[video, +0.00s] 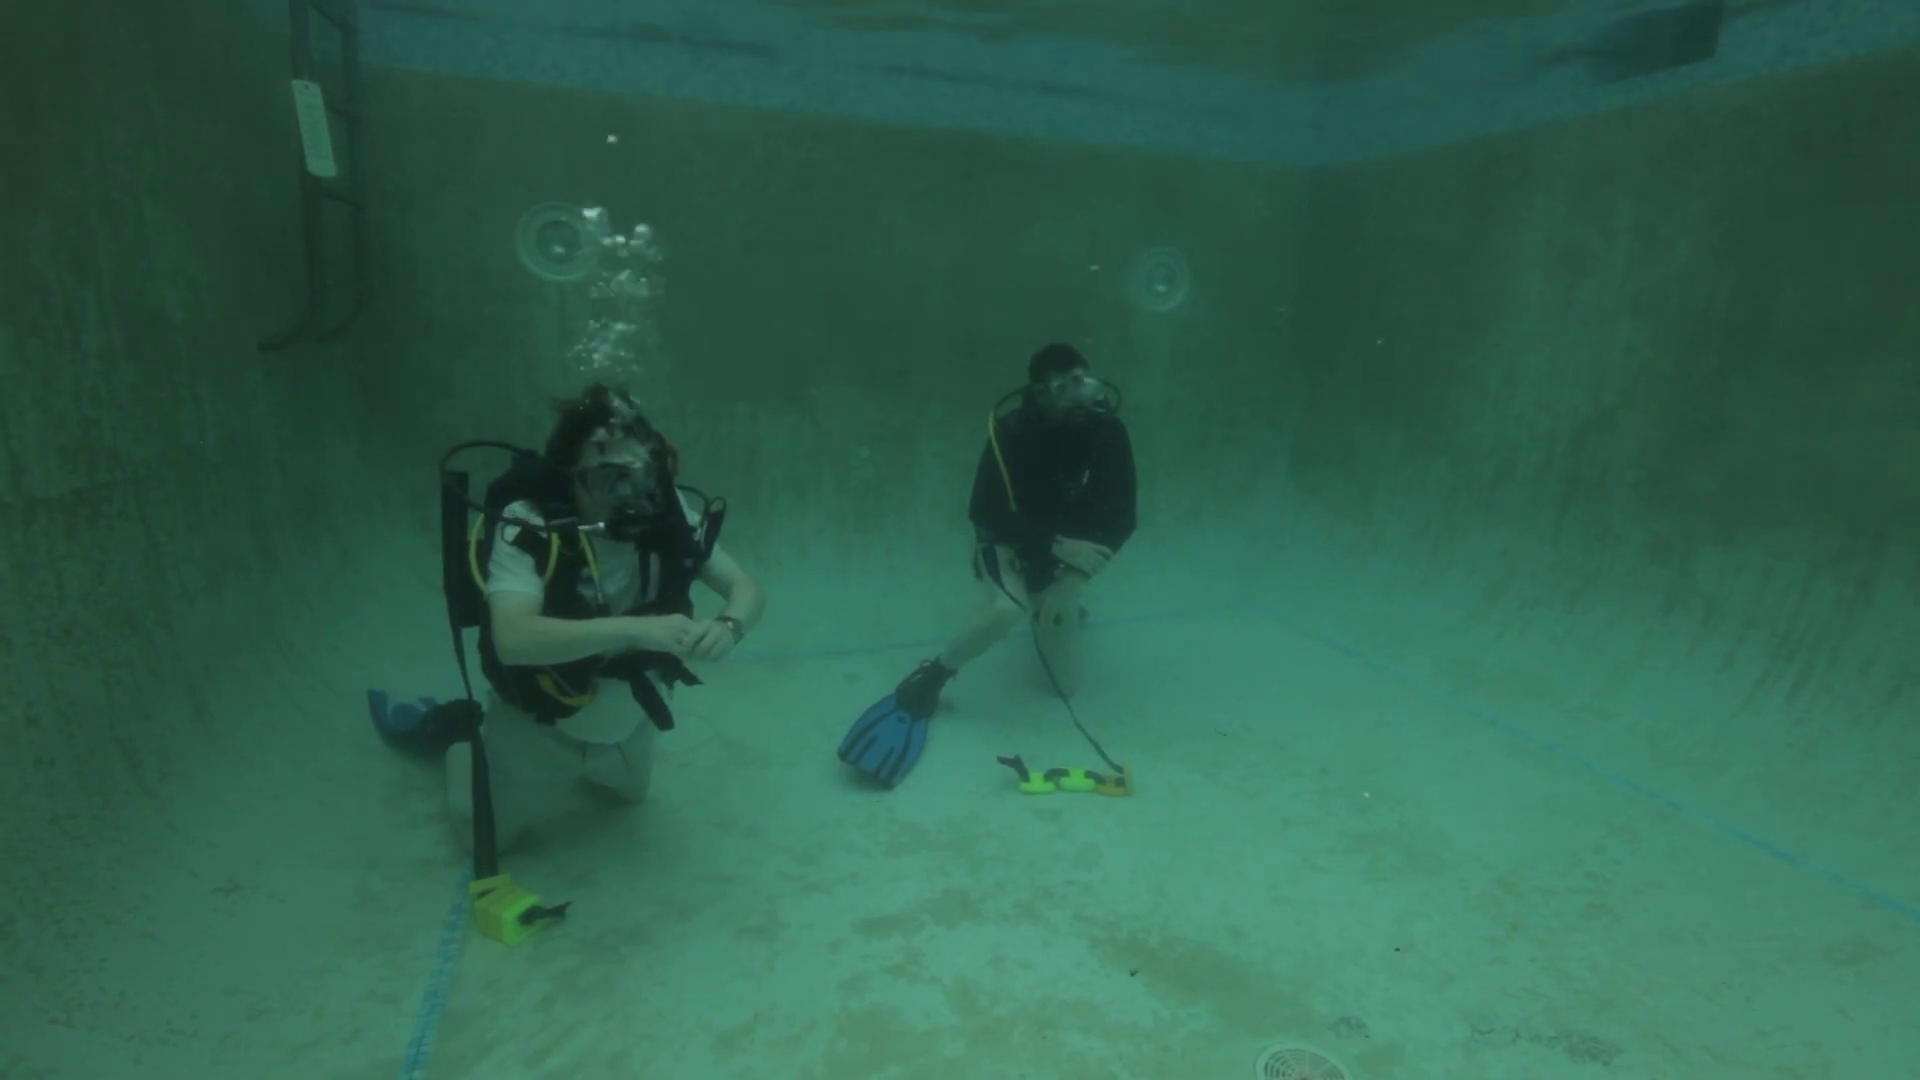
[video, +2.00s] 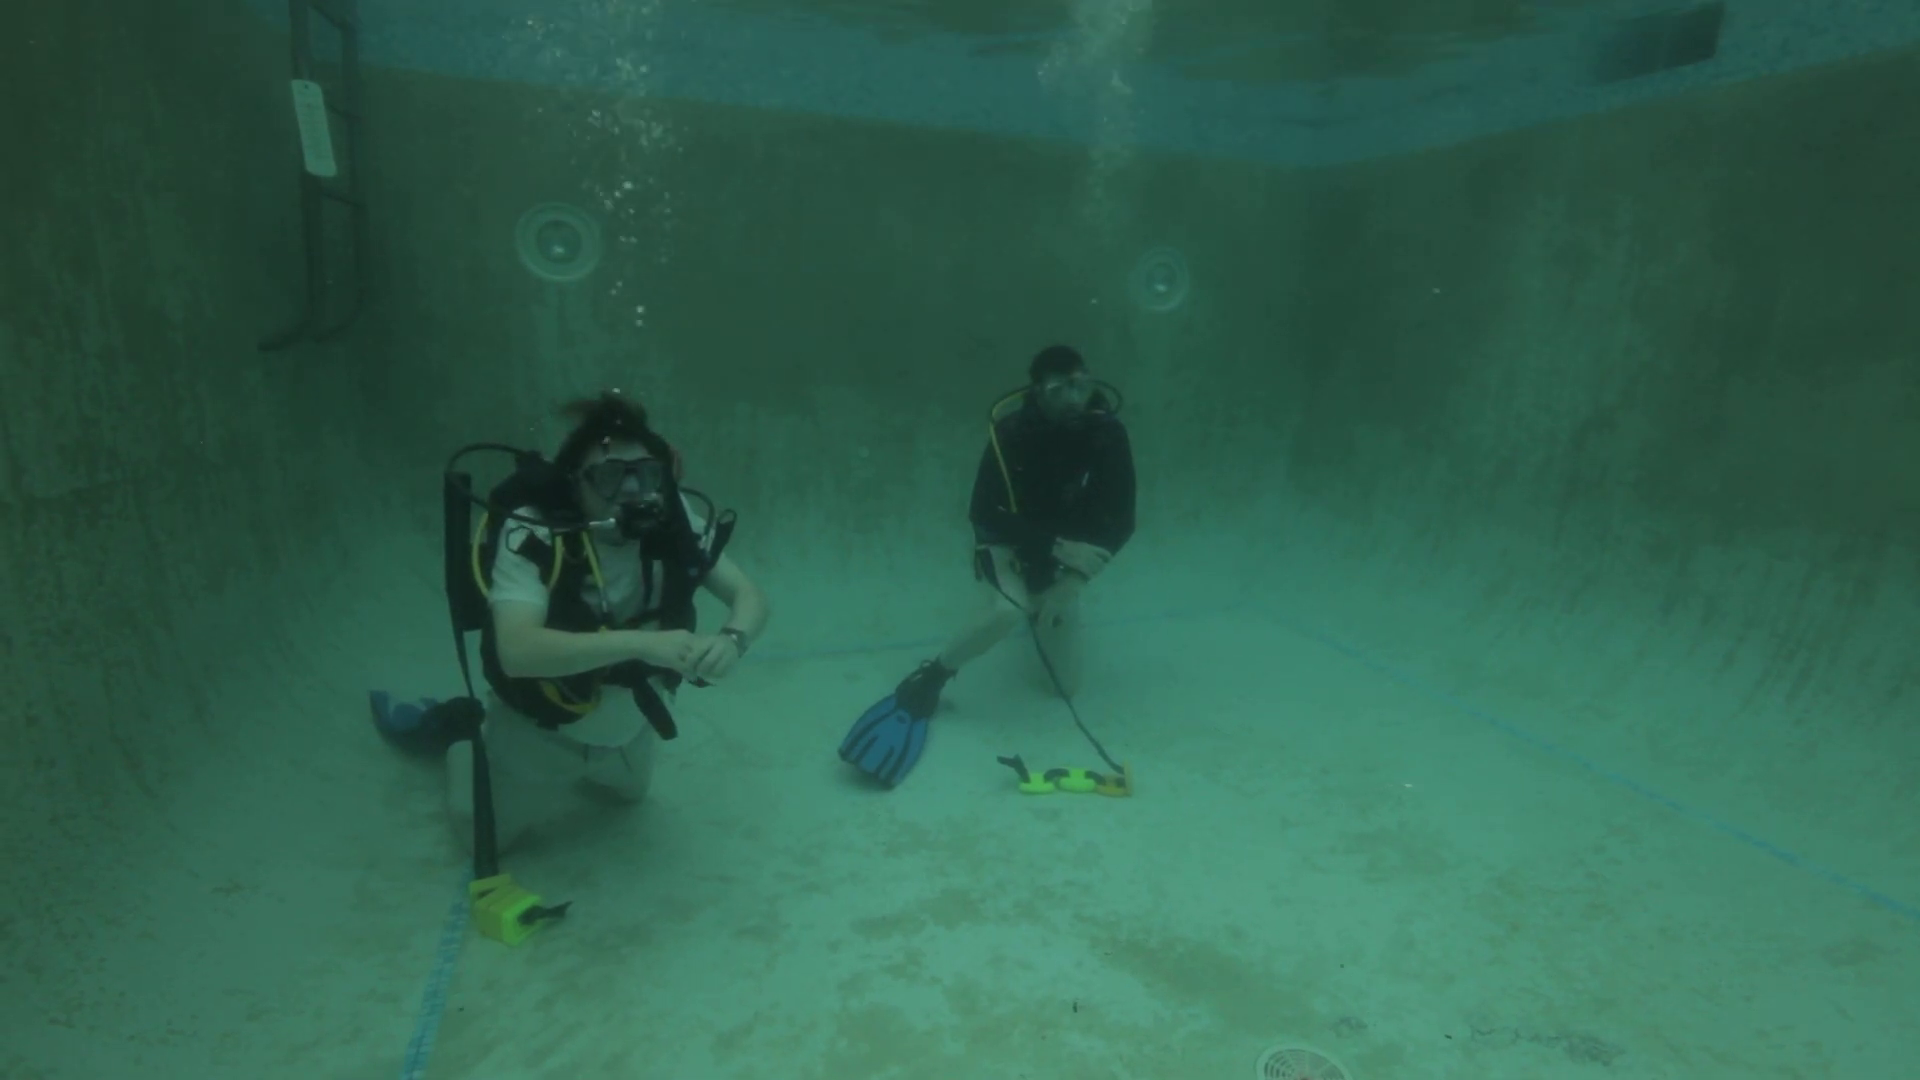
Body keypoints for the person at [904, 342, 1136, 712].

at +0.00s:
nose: (1080, 393)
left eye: (1082, 381)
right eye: (1066, 385)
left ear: (1090, 380)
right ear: (1041, 393)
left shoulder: (1107, 431)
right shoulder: (1012, 430)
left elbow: (1121, 517)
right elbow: (986, 510)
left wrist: (1073, 581)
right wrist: (1050, 545)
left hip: (1072, 549)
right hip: (1011, 541)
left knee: (1066, 682)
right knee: (1008, 609)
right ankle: (933, 675)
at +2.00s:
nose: (1074, 397)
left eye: (1079, 385)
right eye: (1062, 388)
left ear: (1089, 385)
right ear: (1039, 392)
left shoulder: (1106, 431)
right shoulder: (1014, 431)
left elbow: (1120, 518)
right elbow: (987, 513)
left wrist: (1069, 585)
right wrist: (1058, 546)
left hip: (1067, 552)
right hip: (1009, 544)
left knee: (1067, 681)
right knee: (1009, 611)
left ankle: (1048, 609)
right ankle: (930, 679)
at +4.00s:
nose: (1062, 398)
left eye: (1067, 386)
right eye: (1050, 390)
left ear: (1076, 384)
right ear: (1027, 392)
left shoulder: (1093, 430)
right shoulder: (1001, 430)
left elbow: (1110, 514)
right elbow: (979, 514)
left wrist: (1063, 582)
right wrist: (1053, 545)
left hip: (1058, 551)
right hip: (1000, 542)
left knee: (1065, 679)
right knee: (1005, 610)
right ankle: (930, 678)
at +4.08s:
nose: (1060, 398)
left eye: (1066, 387)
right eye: (1049, 389)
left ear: (1075, 385)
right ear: (1026, 391)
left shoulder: (1093, 429)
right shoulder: (1000, 429)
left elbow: (1110, 513)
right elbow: (980, 514)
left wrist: (1066, 579)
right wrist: (1052, 546)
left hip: (1061, 550)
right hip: (1001, 542)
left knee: (1063, 680)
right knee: (1005, 608)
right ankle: (930, 678)